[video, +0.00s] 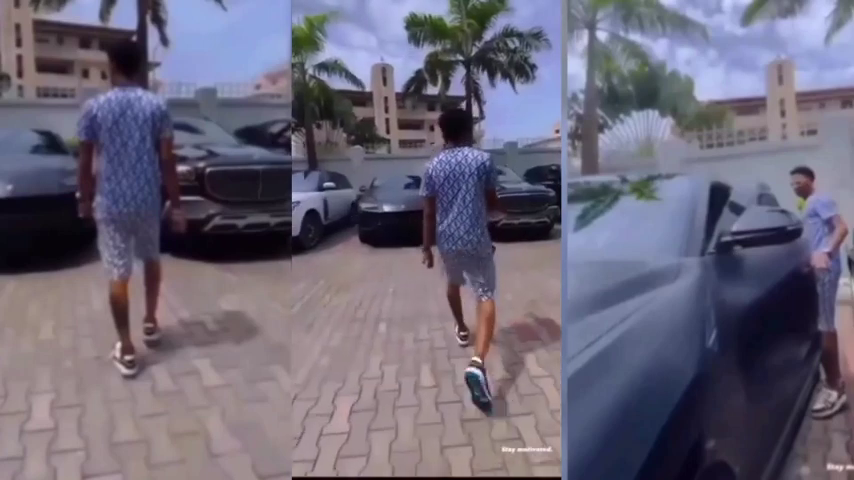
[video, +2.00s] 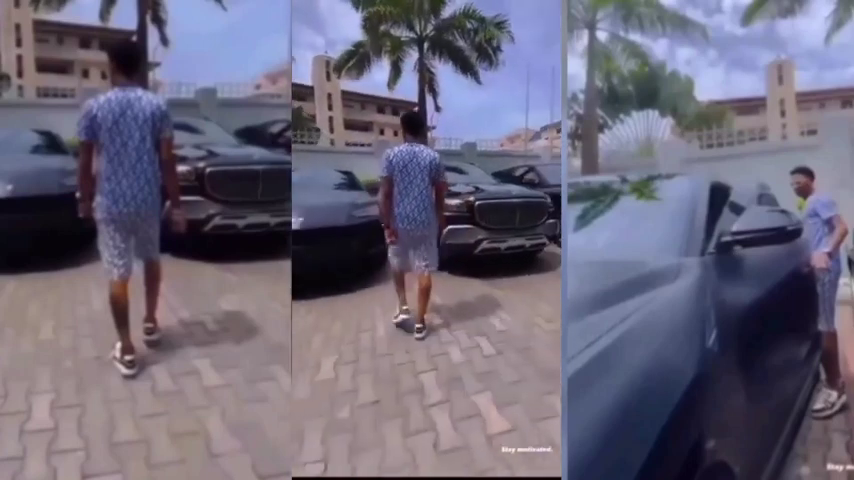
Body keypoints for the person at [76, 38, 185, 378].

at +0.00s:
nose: (112, 71)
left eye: (111, 66)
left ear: (112, 67)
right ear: (142, 67)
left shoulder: (95, 107)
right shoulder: (155, 105)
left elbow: (85, 161)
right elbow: (167, 159)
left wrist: (85, 199)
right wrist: (175, 202)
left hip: (110, 202)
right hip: (147, 201)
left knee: (118, 273)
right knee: (151, 260)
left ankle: (125, 348)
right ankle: (150, 319)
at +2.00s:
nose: (112, 71)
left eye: (111, 66)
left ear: (112, 67)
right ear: (142, 67)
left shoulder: (95, 107)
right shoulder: (155, 105)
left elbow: (85, 161)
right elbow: (167, 159)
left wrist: (85, 199)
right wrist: (175, 202)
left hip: (110, 201)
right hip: (147, 200)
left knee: (118, 273)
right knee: (151, 260)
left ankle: (125, 348)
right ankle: (150, 319)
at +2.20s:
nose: (112, 71)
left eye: (111, 66)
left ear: (112, 67)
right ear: (142, 67)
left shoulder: (95, 107)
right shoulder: (155, 105)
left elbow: (85, 161)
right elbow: (167, 159)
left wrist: (85, 199)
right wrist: (175, 202)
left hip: (110, 201)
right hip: (147, 200)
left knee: (118, 273)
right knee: (151, 260)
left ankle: (125, 348)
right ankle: (150, 319)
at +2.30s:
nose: (112, 71)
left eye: (111, 66)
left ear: (112, 67)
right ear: (142, 67)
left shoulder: (95, 107)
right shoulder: (155, 105)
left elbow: (85, 161)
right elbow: (167, 159)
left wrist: (85, 199)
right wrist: (175, 202)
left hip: (110, 201)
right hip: (147, 200)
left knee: (118, 273)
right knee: (151, 260)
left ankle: (125, 348)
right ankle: (150, 319)